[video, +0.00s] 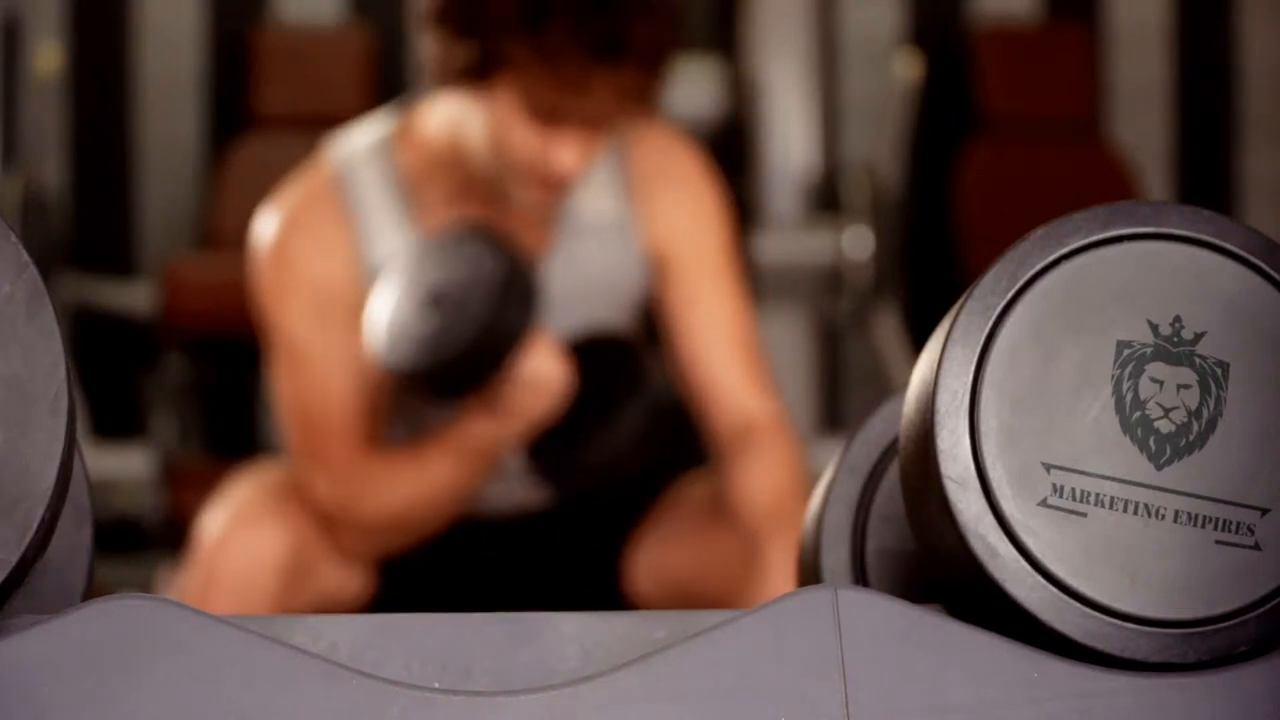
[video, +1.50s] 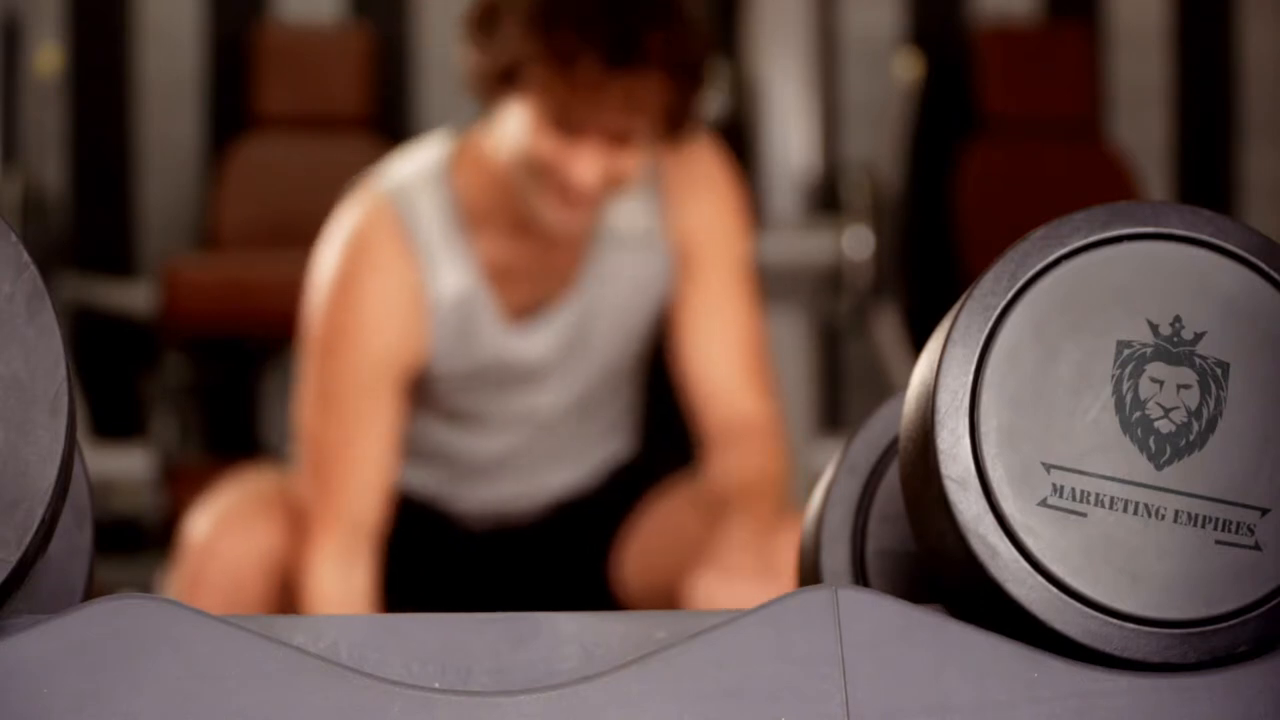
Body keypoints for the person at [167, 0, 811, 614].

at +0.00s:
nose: (570, 156)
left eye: (602, 122)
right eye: (544, 116)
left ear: (633, 100)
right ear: (473, 71)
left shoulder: (661, 172)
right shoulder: (312, 221)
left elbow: (748, 426)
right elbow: (354, 515)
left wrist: (786, 588)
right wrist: (503, 420)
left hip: (597, 523)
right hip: (401, 538)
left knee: (788, 542)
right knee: (249, 533)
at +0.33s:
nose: (578, 143)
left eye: (609, 109)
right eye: (554, 101)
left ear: (642, 87)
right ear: (487, 52)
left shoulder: (671, 168)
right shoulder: (330, 212)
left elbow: (747, 419)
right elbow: (343, 498)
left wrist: (787, 586)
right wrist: (498, 465)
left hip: (599, 522)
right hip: (401, 530)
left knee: (776, 540)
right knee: (246, 537)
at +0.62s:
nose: (583, 137)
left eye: (615, 105)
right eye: (559, 96)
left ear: (655, 85)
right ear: (495, 47)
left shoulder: (687, 169)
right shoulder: (356, 216)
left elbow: (749, 424)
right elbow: (343, 512)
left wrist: (774, 575)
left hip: (606, 513)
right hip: (418, 522)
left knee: (793, 538)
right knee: (238, 532)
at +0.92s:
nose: (587, 150)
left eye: (619, 118)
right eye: (562, 108)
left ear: (661, 98)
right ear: (500, 57)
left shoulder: (692, 171)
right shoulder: (376, 225)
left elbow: (752, 430)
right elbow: (349, 530)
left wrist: (770, 580)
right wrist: (400, 706)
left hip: (601, 524)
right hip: (418, 531)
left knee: (783, 534)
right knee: (243, 533)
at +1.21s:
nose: (587, 152)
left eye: (619, 120)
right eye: (561, 110)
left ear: (660, 100)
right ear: (499, 61)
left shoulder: (689, 171)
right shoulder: (377, 230)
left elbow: (750, 428)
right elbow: (358, 532)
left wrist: (767, 582)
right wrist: (379, 709)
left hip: (597, 523)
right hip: (415, 532)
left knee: (776, 536)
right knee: (245, 537)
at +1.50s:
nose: (587, 172)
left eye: (621, 139)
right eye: (563, 127)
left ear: (665, 124)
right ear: (506, 87)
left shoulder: (690, 178)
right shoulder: (381, 238)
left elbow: (742, 435)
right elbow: (344, 537)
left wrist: (741, 572)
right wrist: (351, 712)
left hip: (591, 527)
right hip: (408, 535)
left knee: (764, 540)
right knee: (233, 531)